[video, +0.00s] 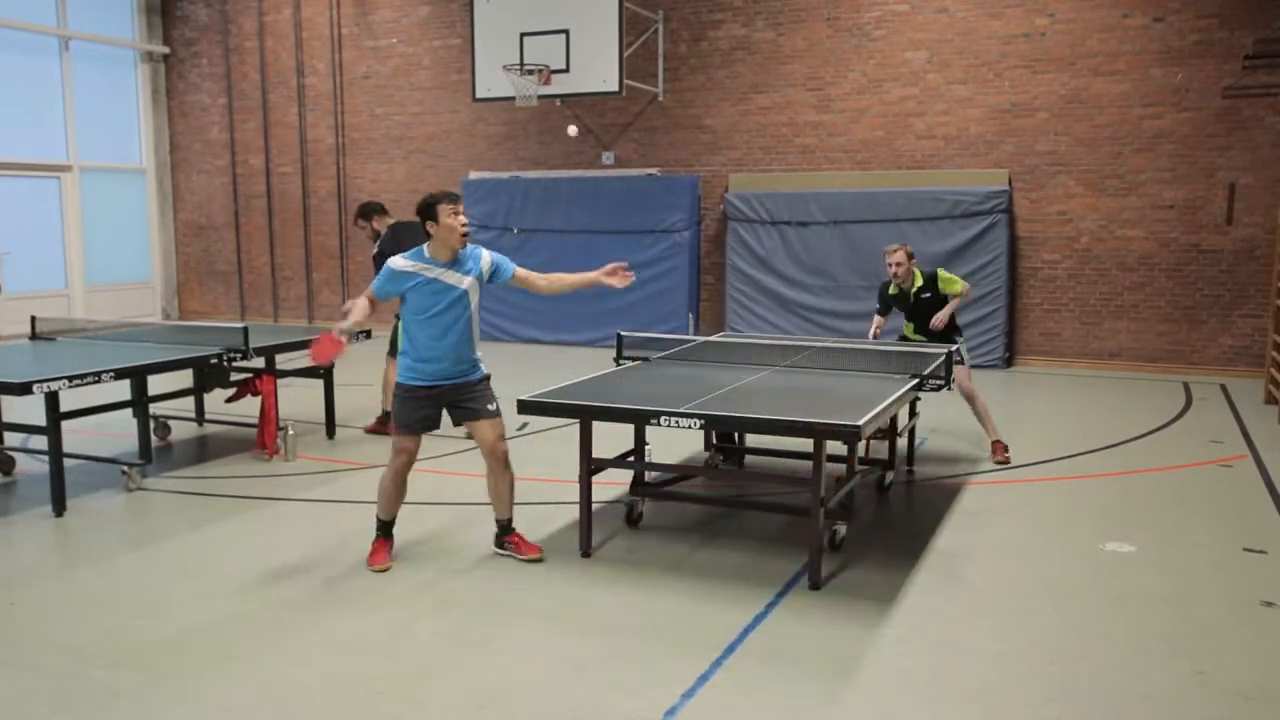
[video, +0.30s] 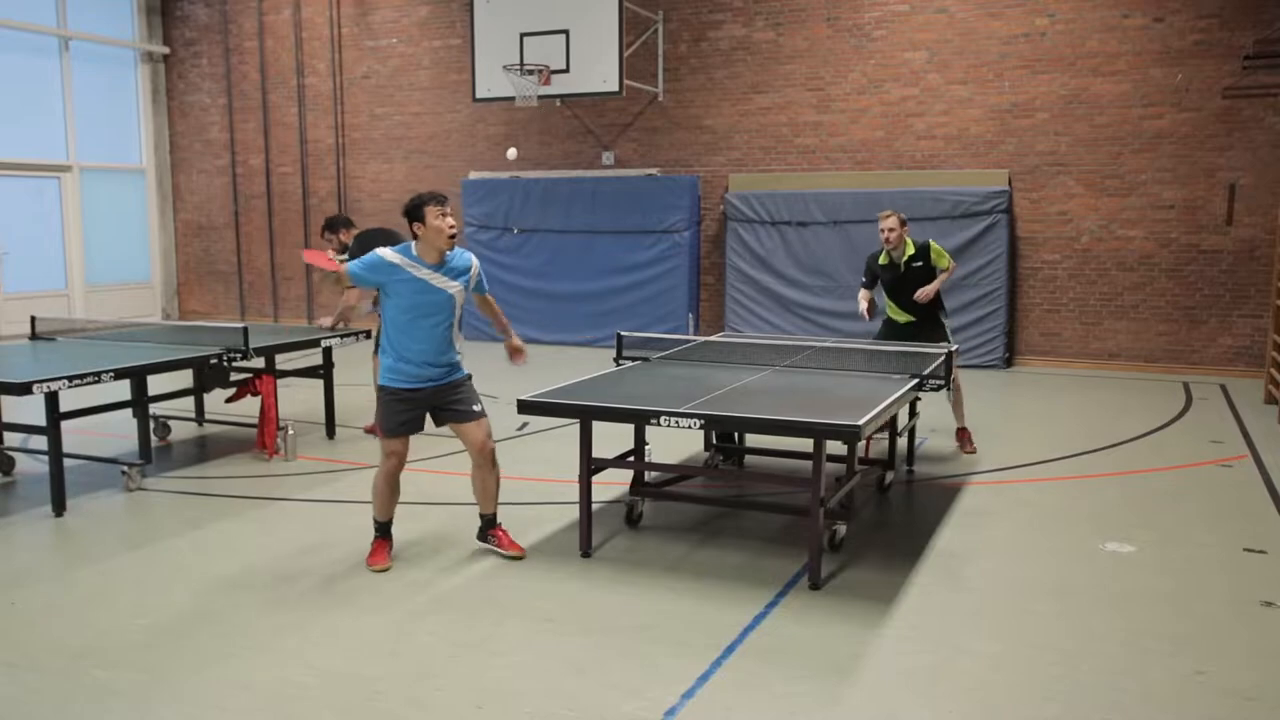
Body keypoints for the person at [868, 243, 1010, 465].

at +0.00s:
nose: (893, 271)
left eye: (898, 265)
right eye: (890, 266)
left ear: (912, 264)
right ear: (886, 267)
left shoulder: (934, 278)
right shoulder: (888, 290)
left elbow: (965, 290)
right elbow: (881, 314)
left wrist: (946, 311)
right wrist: (876, 326)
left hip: (947, 339)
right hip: (912, 339)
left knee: (965, 387)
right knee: (889, 378)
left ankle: (996, 442)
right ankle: (887, 425)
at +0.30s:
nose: (886, 236)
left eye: (891, 231)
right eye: (882, 231)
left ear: (905, 231)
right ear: (878, 234)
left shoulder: (926, 249)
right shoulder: (876, 261)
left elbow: (950, 267)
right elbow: (866, 290)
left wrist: (933, 286)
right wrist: (864, 302)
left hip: (928, 322)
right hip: (895, 324)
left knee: (951, 374)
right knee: (874, 368)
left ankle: (962, 430)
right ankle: (887, 417)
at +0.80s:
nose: (891, 240)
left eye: (896, 234)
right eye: (887, 235)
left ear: (910, 233)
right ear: (884, 236)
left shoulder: (929, 253)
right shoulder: (878, 259)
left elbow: (960, 280)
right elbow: (851, 290)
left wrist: (933, 287)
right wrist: (852, 311)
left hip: (923, 329)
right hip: (887, 328)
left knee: (949, 381)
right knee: (869, 380)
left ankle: (967, 433)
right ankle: (854, 431)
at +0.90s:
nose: (889, 259)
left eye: (894, 253)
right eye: (886, 253)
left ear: (908, 250)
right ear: (883, 253)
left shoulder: (927, 267)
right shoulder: (878, 278)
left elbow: (960, 289)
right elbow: (844, 302)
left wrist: (940, 296)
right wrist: (845, 326)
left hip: (923, 340)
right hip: (886, 339)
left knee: (953, 386)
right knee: (856, 380)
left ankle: (966, 433)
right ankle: (845, 429)